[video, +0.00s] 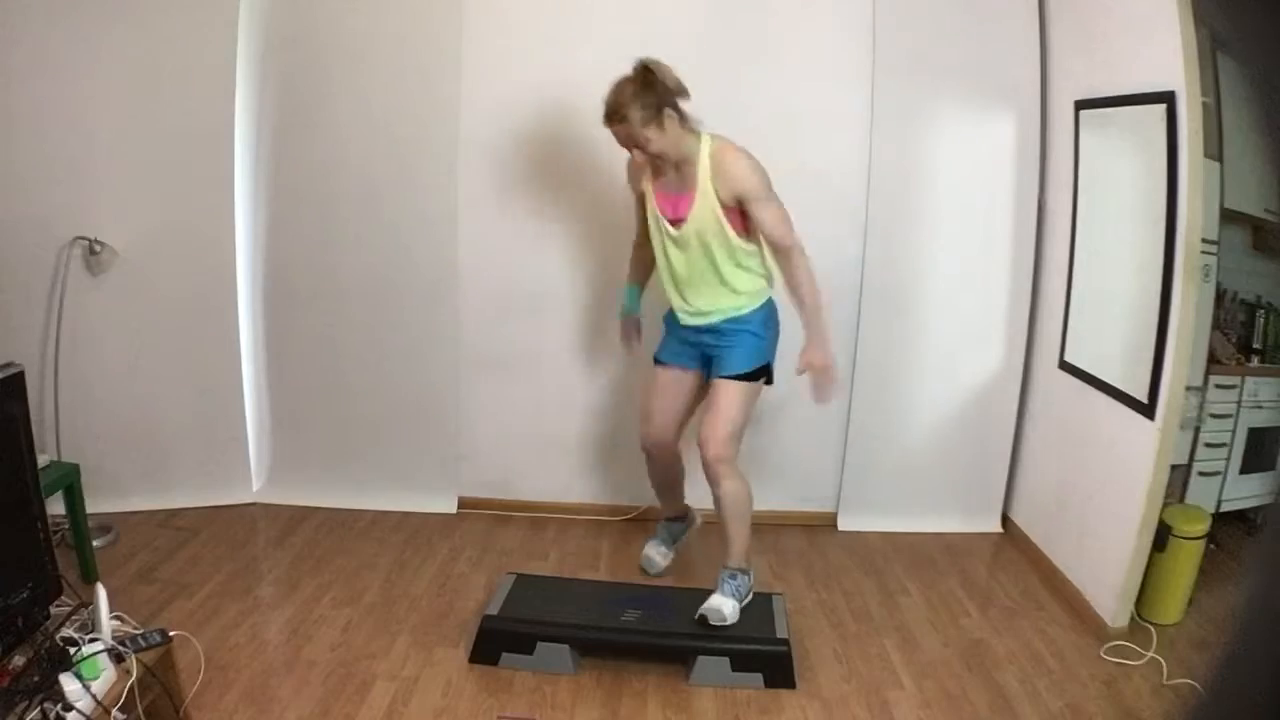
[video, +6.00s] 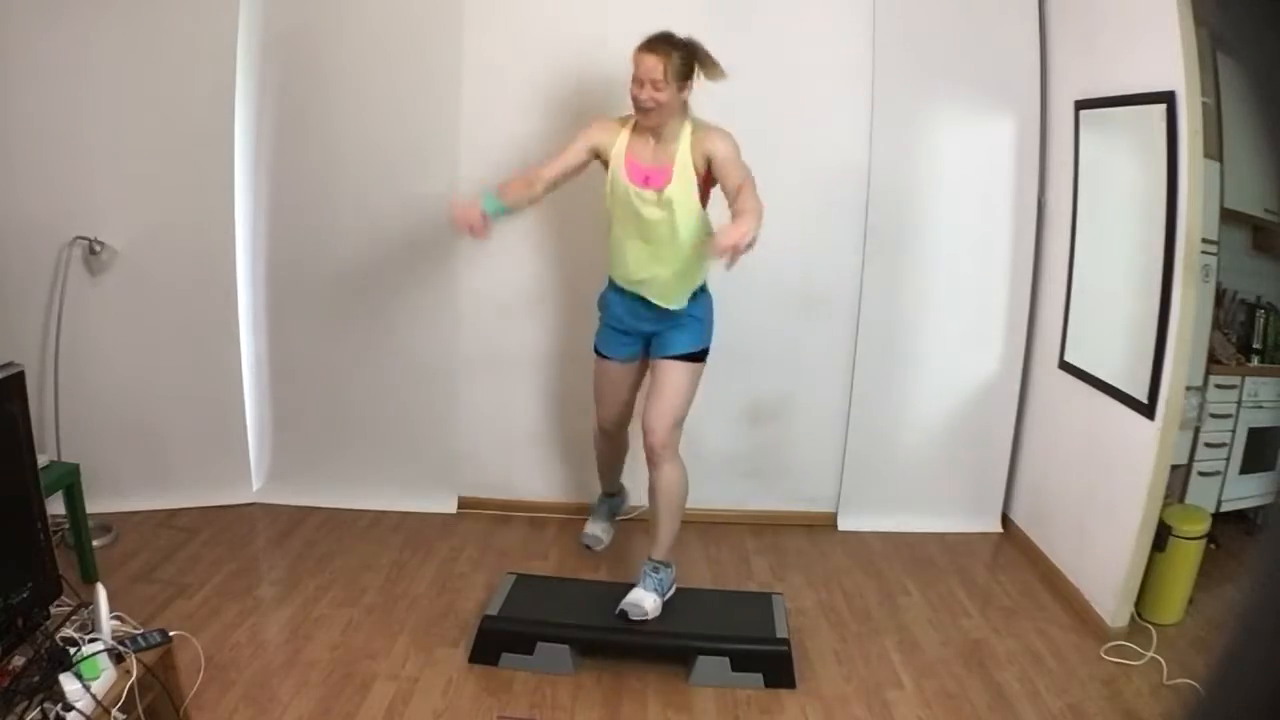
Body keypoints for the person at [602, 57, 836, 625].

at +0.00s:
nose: (637, 154)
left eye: (639, 142)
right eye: (628, 145)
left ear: (669, 117)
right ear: (631, 136)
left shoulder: (732, 167)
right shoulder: (643, 169)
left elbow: (788, 249)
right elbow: (647, 237)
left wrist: (817, 338)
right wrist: (630, 300)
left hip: (743, 322)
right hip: (684, 321)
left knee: (717, 448)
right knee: (656, 439)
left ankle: (737, 572)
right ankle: (676, 518)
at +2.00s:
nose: (741, 125)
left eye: (750, 114)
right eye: (736, 108)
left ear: (716, 100)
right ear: (697, 87)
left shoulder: (693, 158)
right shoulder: (647, 150)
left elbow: (656, 250)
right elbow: (618, 254)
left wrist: (665, 292)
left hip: (655, 345)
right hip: (603, 345)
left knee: (695, 462)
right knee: (606, 510)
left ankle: (643, 573)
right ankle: (565, 656)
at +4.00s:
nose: (565, 72)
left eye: (573, 61)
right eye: (566, 61)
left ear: (608, 65)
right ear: (613, 66)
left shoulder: (639, 136)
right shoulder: (634, 126)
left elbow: (689, 241)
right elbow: (678, 229)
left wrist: (684, 345)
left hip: (683, 316)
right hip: (674, 308)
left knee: (632, 460)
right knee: (652, 427)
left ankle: (673, 582)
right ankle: (684, 511)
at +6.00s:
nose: (641, 93)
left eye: (653, 85)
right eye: (636, 82)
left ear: (684, 89)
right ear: (631, 81)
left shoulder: (711, 144)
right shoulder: (608, 135)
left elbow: (747, 206)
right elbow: (541, 179)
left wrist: (738, 233)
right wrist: (488, 206)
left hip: (683, 310)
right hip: (623, 305)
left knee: (660, 439)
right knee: (609, 424)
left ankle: (660, 567)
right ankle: (610, 497)